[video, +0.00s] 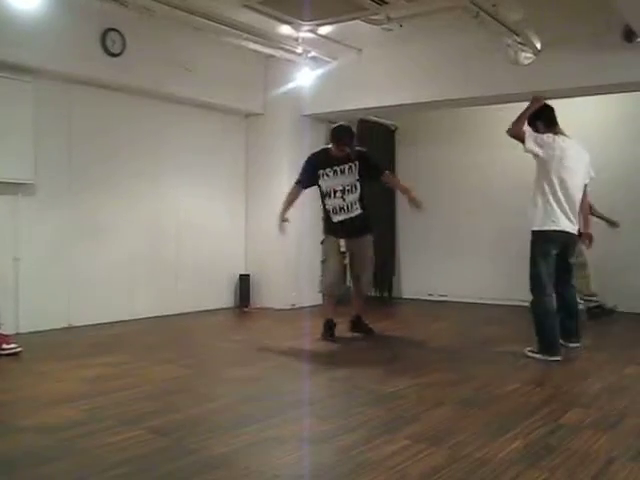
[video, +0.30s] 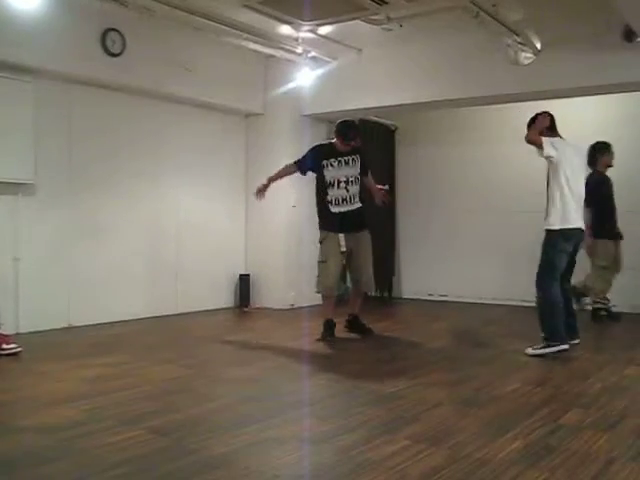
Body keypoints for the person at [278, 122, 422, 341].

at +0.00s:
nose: (345, 152)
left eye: (348, 148)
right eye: (341, 149)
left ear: (352, 144)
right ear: (332, 144)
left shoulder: (360, 158)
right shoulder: (316, 161)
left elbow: (385, 176)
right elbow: (299, 187)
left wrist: (408, 194)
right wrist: (284, 211)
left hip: (359, 227)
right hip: (332, 230)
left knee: (363, 276)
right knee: (331, 279)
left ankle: (357, 319)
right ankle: (329, 323)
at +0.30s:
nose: (350, 148)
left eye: (353, 145)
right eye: (347, 144)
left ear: (356, 141)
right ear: (337, 138)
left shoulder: (356, 153)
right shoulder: (319, 153)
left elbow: (365, 175)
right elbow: (293, 168)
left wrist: (375, 189)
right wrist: (268, 183)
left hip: (356, 223)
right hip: (331, 224)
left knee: (362, 273)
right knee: (330, 274)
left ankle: (354, 318)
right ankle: (328, 323)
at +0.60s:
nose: (360, 147)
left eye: (362, 143)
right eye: (357, 143)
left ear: (361, 141)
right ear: (345, 139)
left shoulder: (363, 157)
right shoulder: (324, 154)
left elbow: (384, 165)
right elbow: (295, 160)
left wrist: (405, 174)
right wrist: (266, 164)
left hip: (357, 226)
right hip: (332, 226)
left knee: (357, 276)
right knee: (332, 277)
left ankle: (351, 321)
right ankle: (328, 325)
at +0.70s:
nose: (363, 146)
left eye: (365, 141)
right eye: (359, 142)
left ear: (365, 140)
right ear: (345, 139)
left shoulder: (365, 158)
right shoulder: (328, 156)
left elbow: (391, 166)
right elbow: (306, 169)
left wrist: (418, 174)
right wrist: (296, 176)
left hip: (357, 227)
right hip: (333, 227)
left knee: (357, 276)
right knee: (333, 277)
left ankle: (350, 320)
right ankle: (329, 324)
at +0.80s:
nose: (364, 143)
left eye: (365, 140)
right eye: (361, 139)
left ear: (360, 139)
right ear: (348, 138)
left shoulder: (363, 157)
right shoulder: (332, 157)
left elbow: (384, 167)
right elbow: (331, 183)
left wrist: (405, 171)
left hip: (357, 226)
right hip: (335, 226)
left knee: (357, 276)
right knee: (334, 277)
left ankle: (350, 319)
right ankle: (329, 324)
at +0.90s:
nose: (363, 142)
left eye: (364, 139)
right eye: (360, 138)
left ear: (359, 140)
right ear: (347, 138)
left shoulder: (359, 154)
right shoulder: (335, 156)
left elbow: (379, 168)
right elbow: (356, 185)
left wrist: (360, 167)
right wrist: (380, 209)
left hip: (356, 225)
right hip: (335, 225)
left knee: (356, 276)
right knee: (334, 277)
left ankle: (350, 319)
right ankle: (328, 323)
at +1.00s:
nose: (360, 140)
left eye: (360, 137)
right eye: (356, 137)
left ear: (355, 137)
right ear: (345, 137)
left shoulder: (356, 155)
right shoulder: (335, 156)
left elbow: (362, 163)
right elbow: (357, 178)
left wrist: (336, 161)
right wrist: (378, 190)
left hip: (354, 223)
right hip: (334, 223)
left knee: (356, 274)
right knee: (333, 275)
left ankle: (349, 319)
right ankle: (326, 323)